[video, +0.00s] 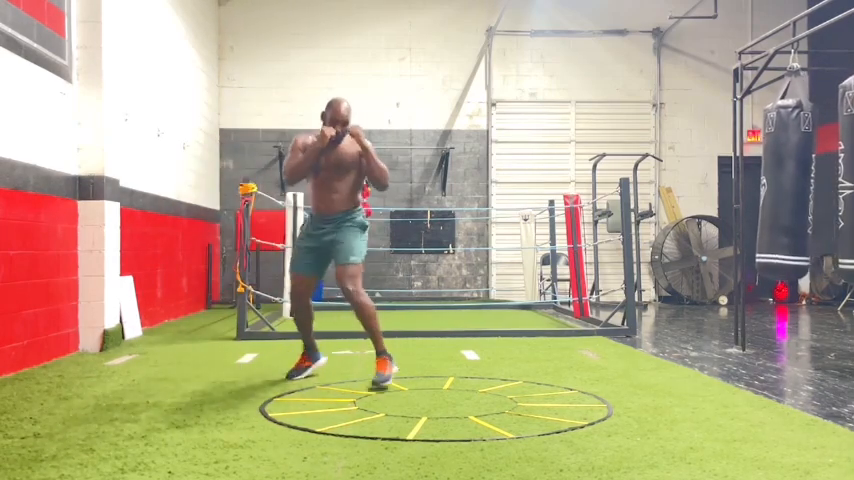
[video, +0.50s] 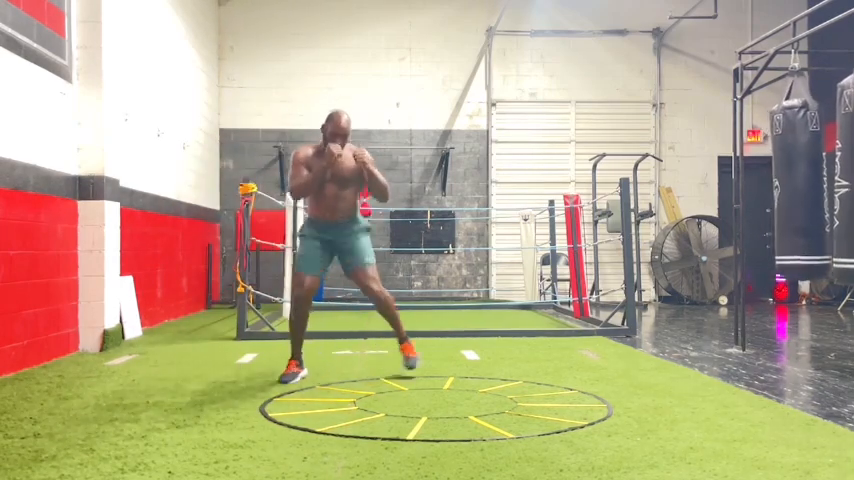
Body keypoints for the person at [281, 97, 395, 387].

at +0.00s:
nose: (338, 129)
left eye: (344, 124)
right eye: (334, 123)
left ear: (350, 123)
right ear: (323, 118)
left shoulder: (360, 145)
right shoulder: (304, 142)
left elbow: (382, 183)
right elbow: (290, 177)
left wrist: (364, 144)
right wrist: (319, 148)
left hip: (349, 223)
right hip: (315, 225)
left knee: (350, 287)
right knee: (298, 295)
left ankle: (383, 356)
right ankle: (310, 354)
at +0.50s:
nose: (339, 141)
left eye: (344, 137)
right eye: (335, 136)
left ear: (350, 134)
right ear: (324, 130)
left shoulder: (358, 155)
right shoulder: (304, 155)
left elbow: (384, 195)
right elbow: (297, 192)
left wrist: (366, 167)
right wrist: (324, 164)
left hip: (352, 231)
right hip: (315, 232)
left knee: (373, 289)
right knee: (302, 293)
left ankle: (404, 340)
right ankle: (295, 361)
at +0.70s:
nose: (360, 159)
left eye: (366, 154)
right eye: (356, 154)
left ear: (373, 151)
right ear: (347, 148)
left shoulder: (385, 173)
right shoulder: (328, 170)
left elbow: (398, 215)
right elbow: (316, 210)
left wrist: (390, 200)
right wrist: (349, 191)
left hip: (371, 243)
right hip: (336, 243)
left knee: (396, 300)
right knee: (319, 294)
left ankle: (431, 356)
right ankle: (298, 361)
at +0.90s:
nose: (392, 155)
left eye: (397, 150)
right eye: (388, 149)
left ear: (404, 145)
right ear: (378, 141)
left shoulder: (413, 165)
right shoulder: (359, 160)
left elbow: (434, 203)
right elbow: (347, 199)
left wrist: (419, 187)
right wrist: (378, 181)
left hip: (395, 234)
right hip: (360, 233)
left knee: (412, 292)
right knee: (337, 292)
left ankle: (433, 356)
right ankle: (314, 355)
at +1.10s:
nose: (403, 150)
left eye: (407, 145)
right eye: (399, 144)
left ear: (412, 142)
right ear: (387, 138)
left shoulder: (420, 166)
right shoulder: (366, 158)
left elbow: (438, 204)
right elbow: (354, 196)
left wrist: (424, 187)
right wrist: (386, 179)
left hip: (401, 234)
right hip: (368, 234)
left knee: (413, 291)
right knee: (351, 294)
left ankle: (433, 356)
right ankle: (349, 339)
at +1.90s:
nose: (369, 142)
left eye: (373, 137)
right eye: (364, 137)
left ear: (379, 136)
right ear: (355, 135)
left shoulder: (393, 160)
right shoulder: (343, 161)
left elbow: (415, 193)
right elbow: (331, 194)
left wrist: (395, 178)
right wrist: (352, 170)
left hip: (384, 228)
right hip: (357, 232)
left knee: (383, 282)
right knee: (352, 295)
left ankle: (414, 339)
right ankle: (361, 349)